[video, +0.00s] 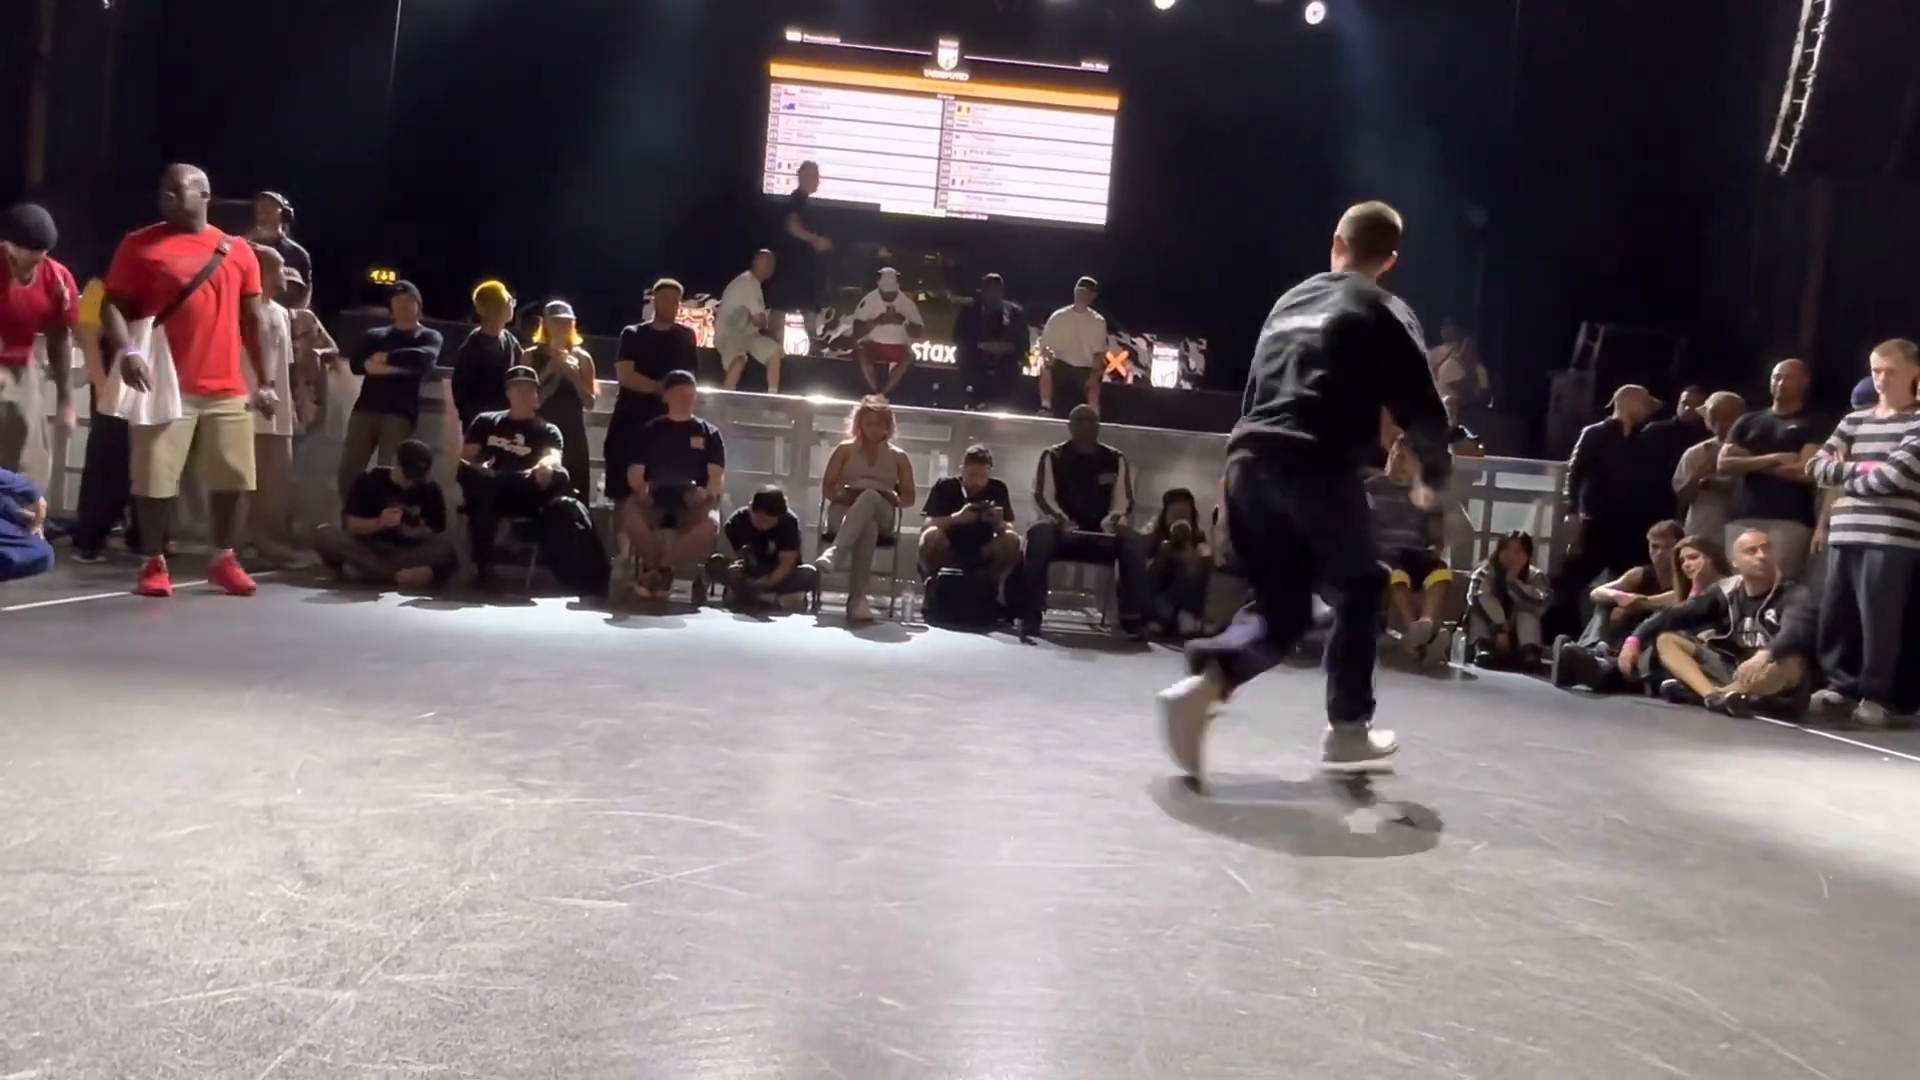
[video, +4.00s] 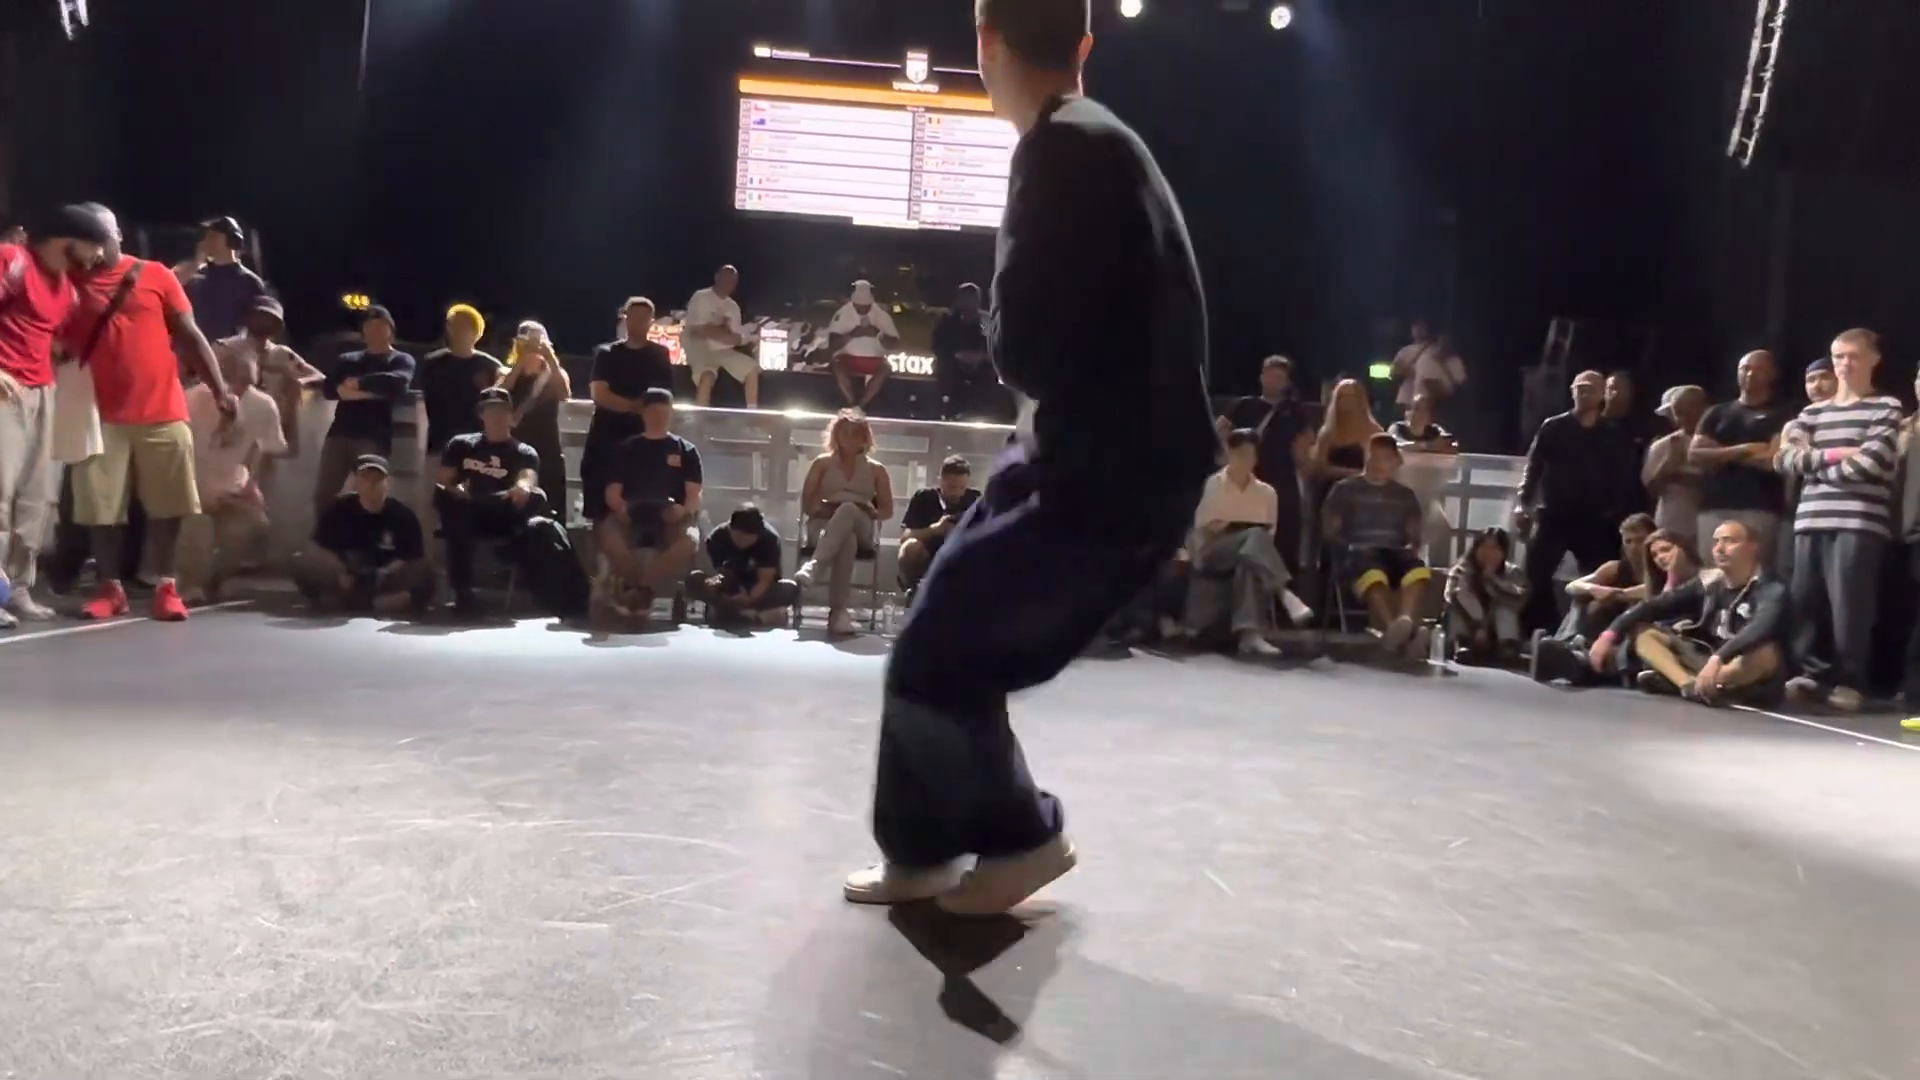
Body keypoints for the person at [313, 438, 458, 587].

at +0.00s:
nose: (407, 484)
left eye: (414, 480)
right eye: (405, 477)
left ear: (423, 474)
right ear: (395, 464)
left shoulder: (429, 489)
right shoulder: (369, 480)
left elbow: (437, 531)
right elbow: (351, 525)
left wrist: (415, 531)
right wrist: (380, 523)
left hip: (410, 550)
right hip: (369, 547)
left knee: (444, 550)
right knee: (323, 535)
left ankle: (370, 573)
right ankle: (394, 574)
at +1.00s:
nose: (408, 483)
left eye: (415, 480)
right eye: (405, 477)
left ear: (424, 473)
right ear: (396, 462)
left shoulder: (431, 489)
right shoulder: (370, 479)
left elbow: (438, 532)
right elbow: (353, 524)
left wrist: (419, 530)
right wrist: (381, 522)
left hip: (411, 549)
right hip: (369, 545)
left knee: (446, 550)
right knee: (324, 534)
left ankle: (372, 573)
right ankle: (393, 575)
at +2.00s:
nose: (401, 483)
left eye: (408, 480)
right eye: (397, 477)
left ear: (419, 471)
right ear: (387, 462)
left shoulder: (428, 489)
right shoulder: (365, 480)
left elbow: (432, 531)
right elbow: (347, 524)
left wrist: (407, 532)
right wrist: (367, 523)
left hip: (409, 550)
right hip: (368, 547)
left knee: (443, 548)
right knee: (326, 535)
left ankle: (370, 572)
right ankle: (393, 573)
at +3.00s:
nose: (394, 465)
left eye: (400, 459)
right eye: (388, 458)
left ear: (408, 463)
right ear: (377, 460)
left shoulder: (423, 495)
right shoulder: (358, 488)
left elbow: (432, 539)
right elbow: (338, 531)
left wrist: (402, 534)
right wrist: (363, 530)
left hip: (405, 553)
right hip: (364, 551)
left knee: (440, 551)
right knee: (322, 540)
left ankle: (366, 579)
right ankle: (391, 581)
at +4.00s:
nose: (371, 485)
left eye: (377, 480)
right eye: (366, 479)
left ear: (386, 483)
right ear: (356, 481)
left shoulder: (402, 515)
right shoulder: (338, 509)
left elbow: (413, 557)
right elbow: (320, 548)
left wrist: (384, 573)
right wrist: (341, 574)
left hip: (385, 575)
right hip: (346, 572)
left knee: (424, 573)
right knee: (301, 562)